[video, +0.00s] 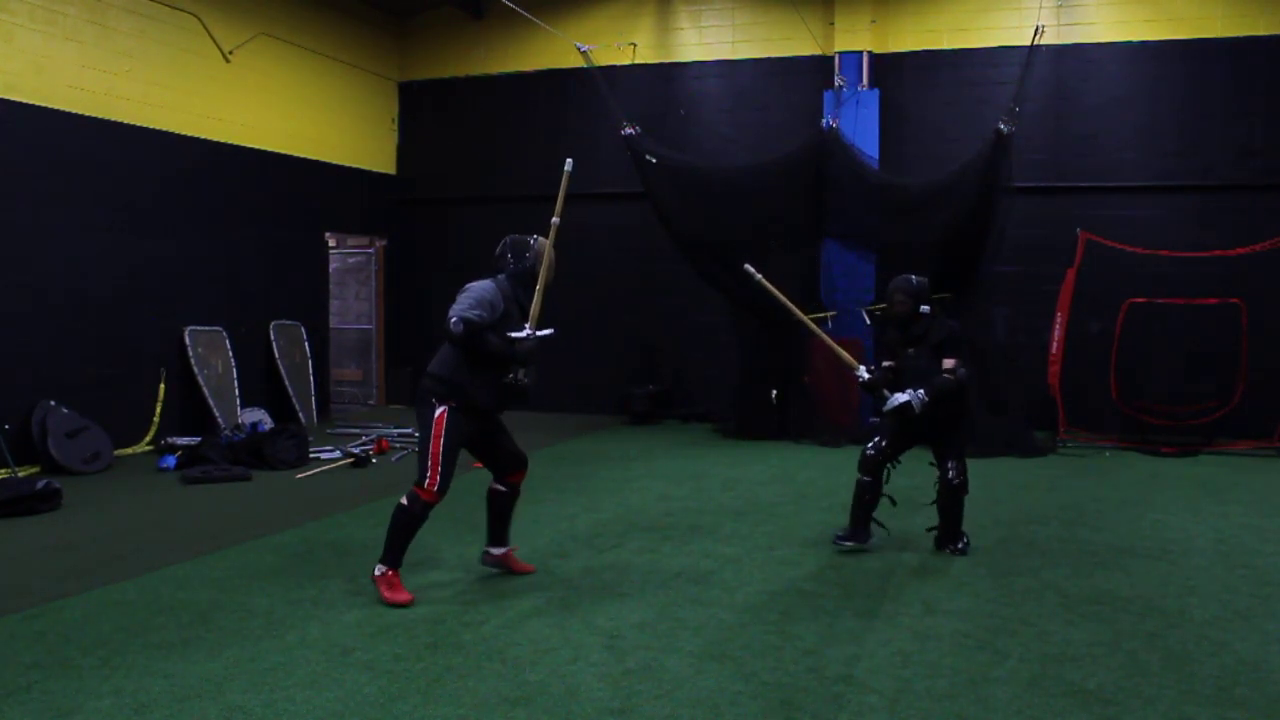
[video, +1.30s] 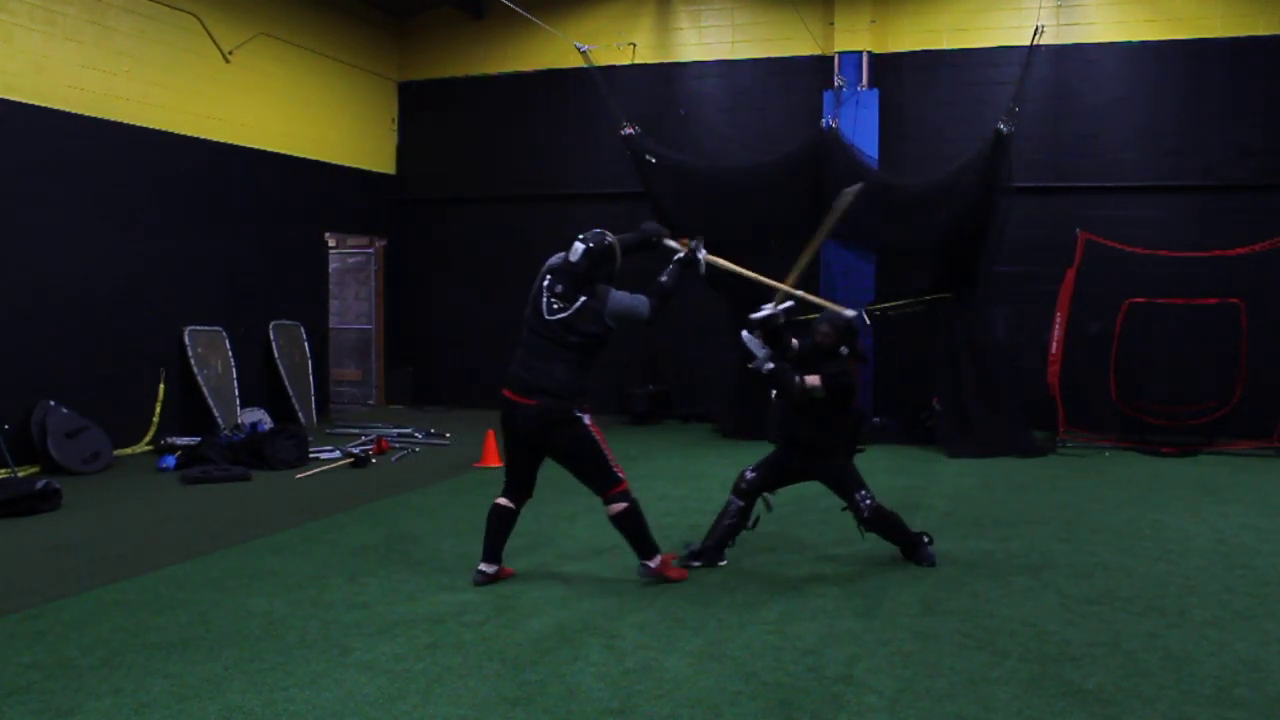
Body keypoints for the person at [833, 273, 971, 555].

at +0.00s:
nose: (893, 306)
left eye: (899, 300)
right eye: (892, 300)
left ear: (916, 302)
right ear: (893, 302)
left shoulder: (942, 329)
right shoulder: (891, 330)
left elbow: (951, 376)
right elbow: (890, 376)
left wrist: (919, 396)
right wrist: (872, 379)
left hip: (942, 414)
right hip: (904, 413)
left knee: (953, 476)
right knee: (871, 459)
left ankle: (949, 537)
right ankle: (858, 530)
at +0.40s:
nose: (864, 318)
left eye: (869, 311)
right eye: (861, 312)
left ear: (886, 311)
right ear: (860, 312)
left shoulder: (911, 337)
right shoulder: (871, 342)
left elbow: (927, 380)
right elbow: (867, 387)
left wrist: (896, 403)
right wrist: (847, 391)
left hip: (922, 424)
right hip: (888, 426)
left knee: (939, 481)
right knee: (851, 467)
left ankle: (949, 537)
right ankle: (830, 537)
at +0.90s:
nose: (840, 308)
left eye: (846, 302)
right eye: (837, 302)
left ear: (863, 304)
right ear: (832, 303)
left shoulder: (886, 331)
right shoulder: (837, 336)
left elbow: (898, 373)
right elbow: (835, 377)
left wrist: (865, 391)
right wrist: (814, 377)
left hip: (892, 420)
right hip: (855, 420)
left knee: (908, 479)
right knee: (813, 462)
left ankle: (917, 545)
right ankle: (810, 534)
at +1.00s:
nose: (843, 312)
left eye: (851, 306)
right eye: (841, 305)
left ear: (866, 309)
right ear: (835, 306)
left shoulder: (884, 336)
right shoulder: (830, 339)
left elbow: (890, 361)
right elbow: (812, 382)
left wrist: (852, 355)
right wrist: (797, 362)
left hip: (887, 430)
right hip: (849, 429)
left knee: (904, 488)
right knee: (808, 475)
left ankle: (924, 545)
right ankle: (768, 535)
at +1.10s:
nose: (846, 322)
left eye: (853, 317)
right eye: (843, 316)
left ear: (867, 321)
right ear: (837, 316)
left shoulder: (881, 349)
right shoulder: (831, 346)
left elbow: (878, 370)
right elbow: (807, 368)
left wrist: (841, 363)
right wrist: (788, 349)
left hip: (872, 441)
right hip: (832, 438)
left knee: (895, 496)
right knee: (787, 476)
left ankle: (923, 546)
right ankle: (755, 544)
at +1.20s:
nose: (838, 329)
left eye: (846, 325)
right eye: (837, 323)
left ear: (860, 328)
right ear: (832, 323)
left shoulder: (868, 358)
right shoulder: (824, 347)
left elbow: (847, 390)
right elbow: (794, 369)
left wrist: (811, 378)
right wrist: (788, 341)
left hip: (854, 448)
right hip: (813, 444)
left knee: (885, 502)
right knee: (767, 470)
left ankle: (921, 545)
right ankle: (738, 540)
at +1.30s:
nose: (818, 337)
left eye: (826, 333)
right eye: (818, 331)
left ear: (841, 339)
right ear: (815, 331)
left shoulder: (846, 371)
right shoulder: (809, 352)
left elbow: (803, 388)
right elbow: (783, 349)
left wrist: (768, 366)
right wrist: (770, 327)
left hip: (833, 456)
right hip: (795, 452)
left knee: (868, 511)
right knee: (748, 483)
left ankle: (914, 546)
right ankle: (711, 550)